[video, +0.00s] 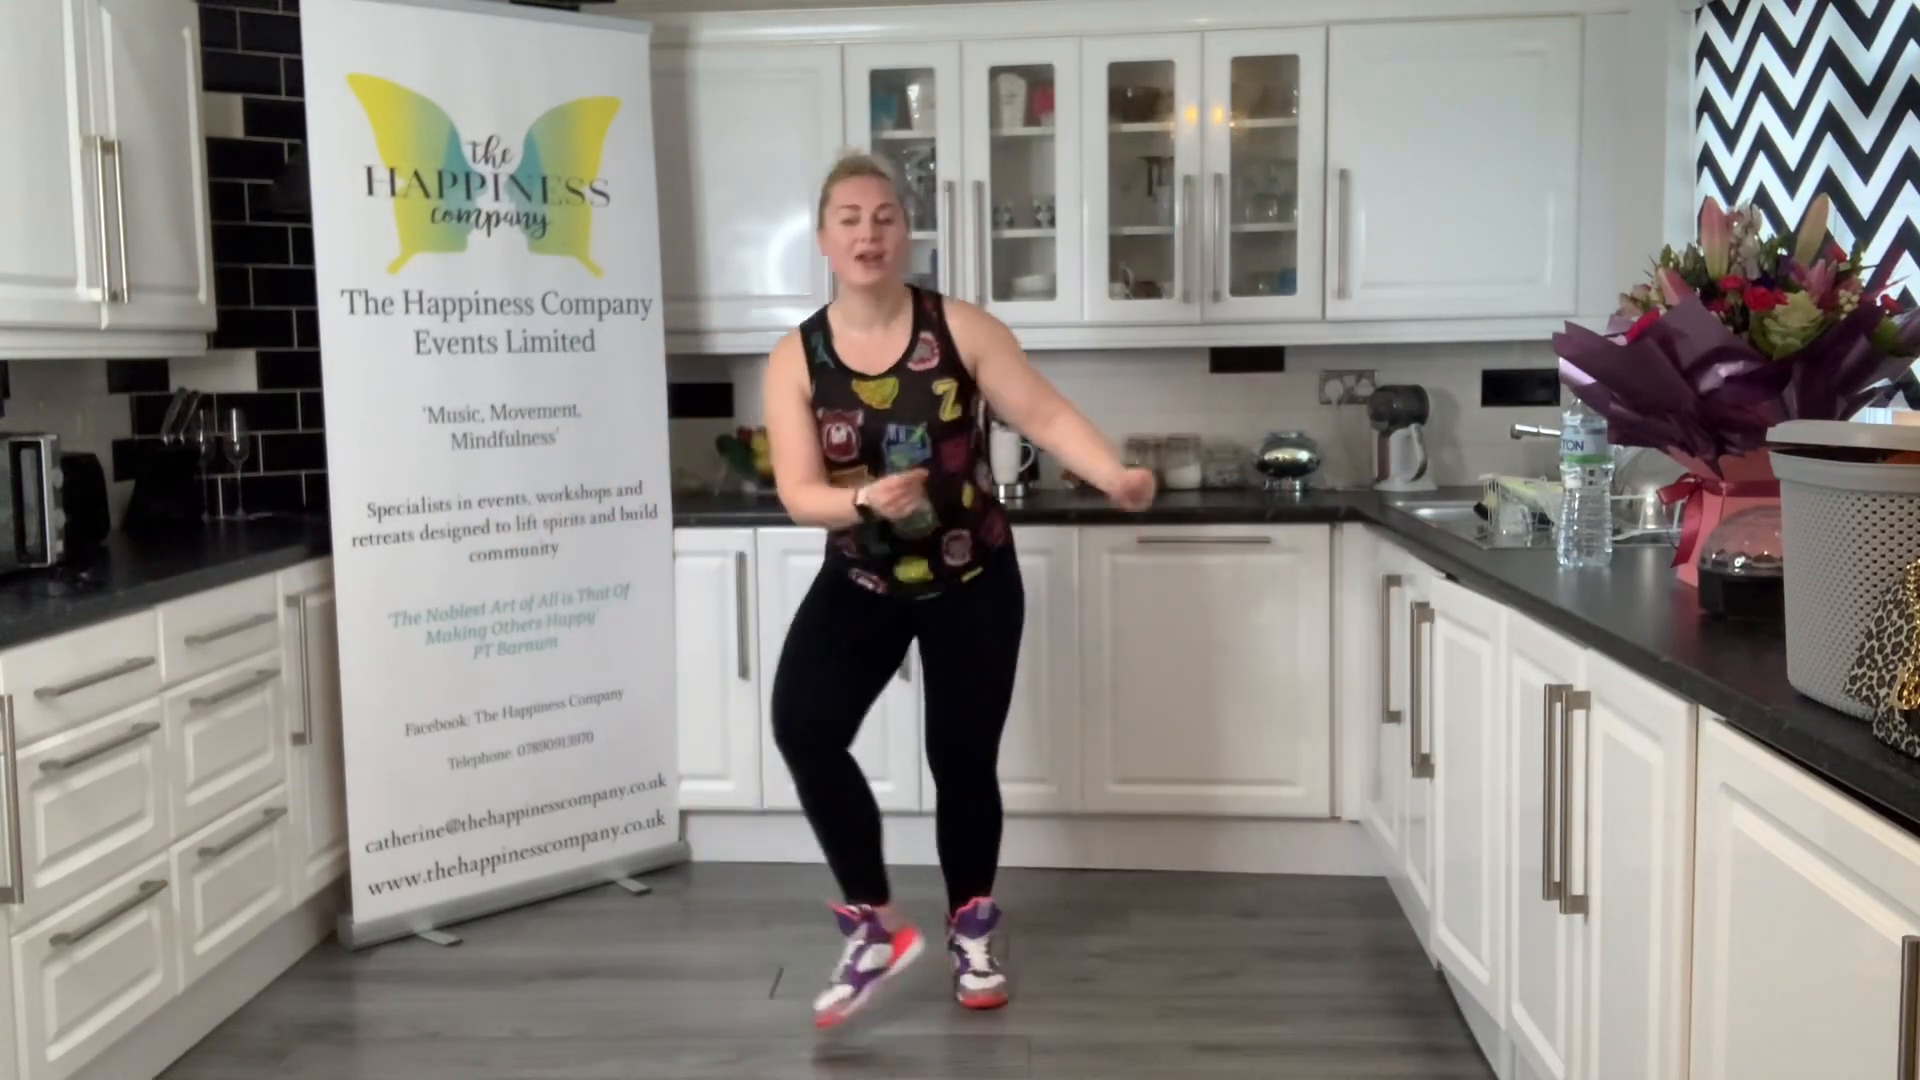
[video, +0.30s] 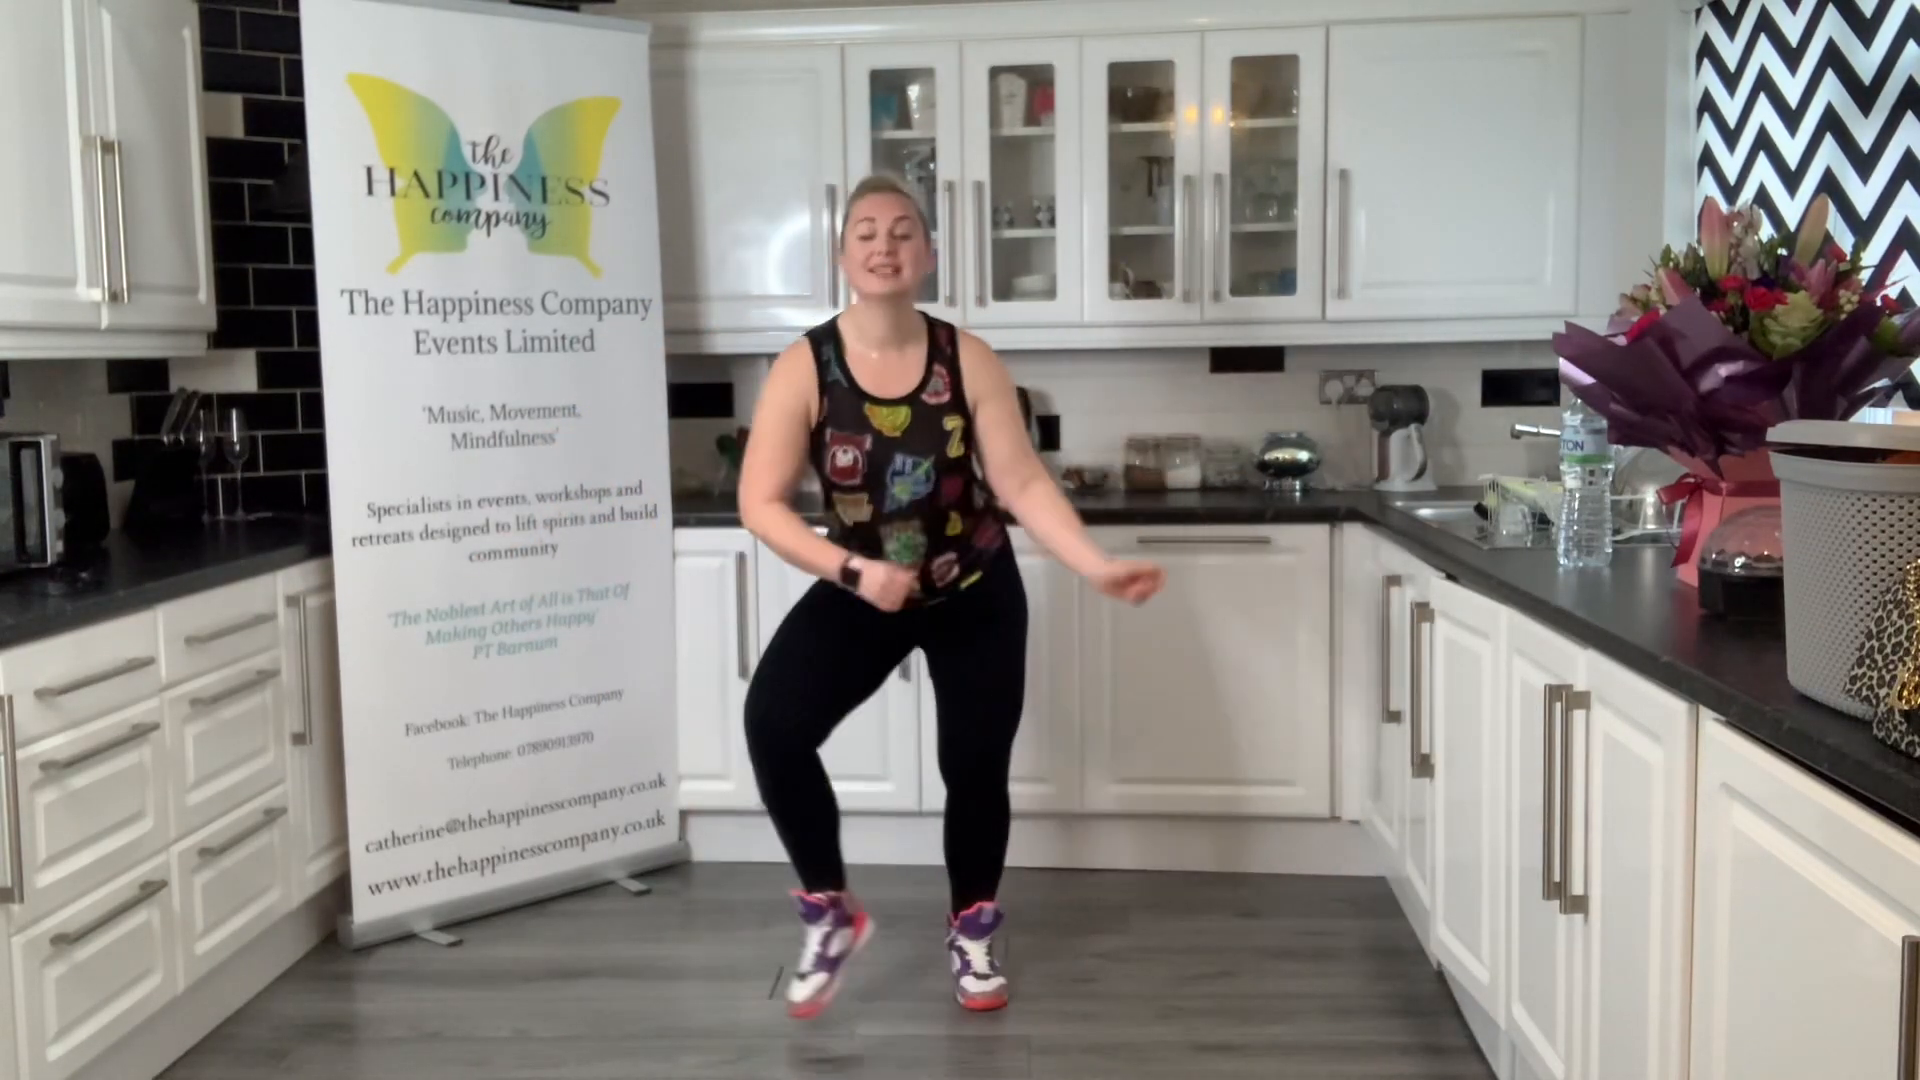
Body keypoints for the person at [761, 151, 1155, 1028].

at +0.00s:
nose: (868, 233)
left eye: (884, 217)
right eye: (849, 218)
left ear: (908, 232)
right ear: (821, 237)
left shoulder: (963, 328)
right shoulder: (795, 359)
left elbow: (1045, 414)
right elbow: (798, 496)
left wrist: (1113, 472)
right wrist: (862, 500)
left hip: (970, 577)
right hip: (862, 581)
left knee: (963, 756)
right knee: (803, 727)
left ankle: (973, 928)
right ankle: (873, 926)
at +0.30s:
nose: (885, 246)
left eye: (902, 232)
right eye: (867, 233)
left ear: (927, 252)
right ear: (844, 254)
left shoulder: (969, 361)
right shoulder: (805, 368)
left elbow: (1022, 480)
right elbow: (759, 502)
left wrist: (1096, 565)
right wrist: (850, 568)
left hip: (974, 589)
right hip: (862, 590)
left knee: (976, 765)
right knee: (774, 723)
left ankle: (973, 936)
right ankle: (829, 913)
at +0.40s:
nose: (880, 226)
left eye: (897, 211)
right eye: (862, 212)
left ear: (920, 231)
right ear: (836, 232)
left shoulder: (962, 346)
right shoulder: (792, 346)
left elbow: (994, 481)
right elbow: (724, 472)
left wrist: (1023, 607)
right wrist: (796, 575)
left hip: (949, 584)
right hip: (832, 583)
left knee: (956, 760)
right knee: (770, 747)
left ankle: (972, 933)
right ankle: (765, 920)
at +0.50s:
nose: (867, 221)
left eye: (883, 205)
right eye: (849, 207)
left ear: (911, 222)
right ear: (824, 227)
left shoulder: (951, 344)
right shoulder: (782, 330)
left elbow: (954, 486)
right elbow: (686, 432)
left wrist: (927, 604)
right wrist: (707, 560)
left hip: (914, 579)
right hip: (801, 581)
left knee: (938, 764)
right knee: (776, 763)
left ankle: (969, 932)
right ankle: (740, 938)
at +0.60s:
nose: (845, 233)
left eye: (863, 218)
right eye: (828, 220)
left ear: (892, 239)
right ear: (807, 242)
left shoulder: (929, 360)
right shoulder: (759, 339)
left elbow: (913, 502)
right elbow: (644, 420)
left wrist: (848, 605)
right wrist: (607, 540)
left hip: (879, 578)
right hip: (761, 583)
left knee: (932, 759)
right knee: (755, 771)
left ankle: (967, 925)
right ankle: (739, 945)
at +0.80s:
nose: (805, 261)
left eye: (824, 244)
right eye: (790, 245)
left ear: (855, 262)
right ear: (771, 261)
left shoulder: (890, 383)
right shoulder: (719, 355)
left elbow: (876, 522)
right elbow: (606, 410)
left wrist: (768, 545)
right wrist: (535, 461)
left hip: (827, 590)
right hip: (715, 591)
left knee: (908, 725)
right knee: (724, 777)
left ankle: (876, 901)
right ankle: (736, 949)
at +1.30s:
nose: (801, 234)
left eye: (817, 218)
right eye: (782, 220)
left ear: (842, 235)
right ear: (755, 242)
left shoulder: (886, 347)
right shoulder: (718, 352)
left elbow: (890, 499)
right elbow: (655, 470)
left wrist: (826, 602)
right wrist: (585, 572)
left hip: (847, 573)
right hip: (733, 580)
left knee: (934, 727)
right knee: (739, 763)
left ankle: (937, 904)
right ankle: (736, 945)